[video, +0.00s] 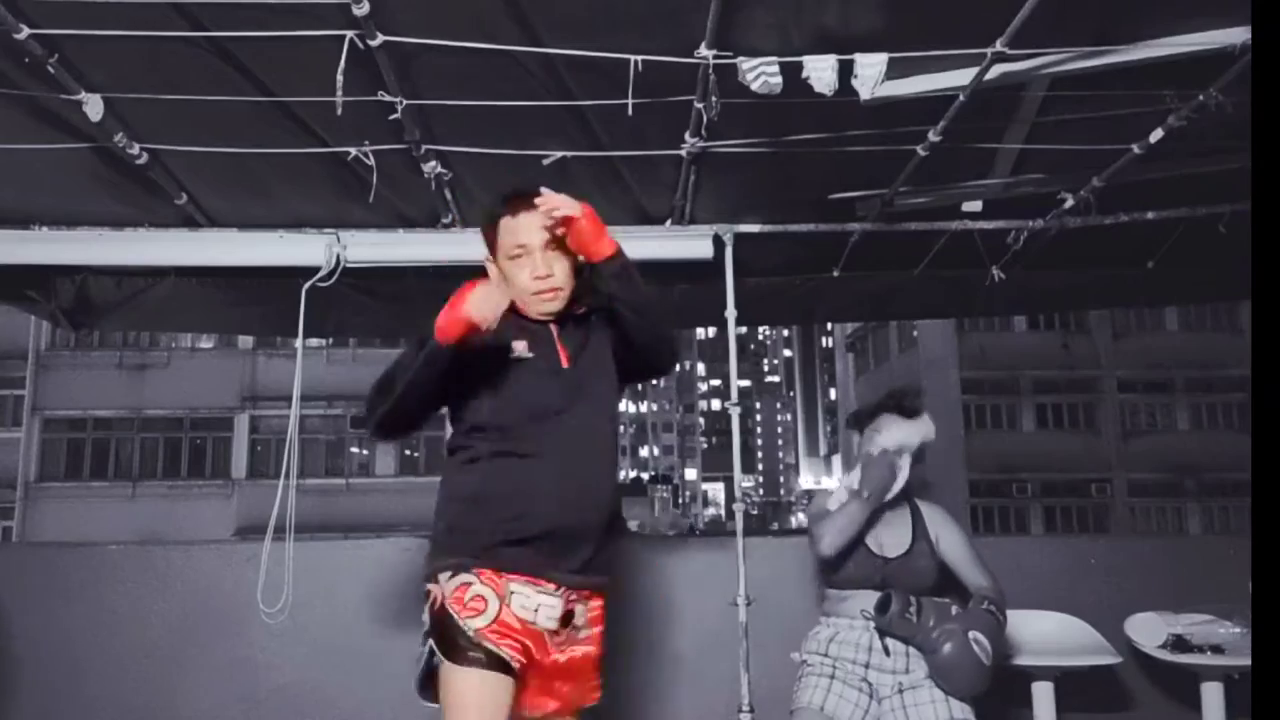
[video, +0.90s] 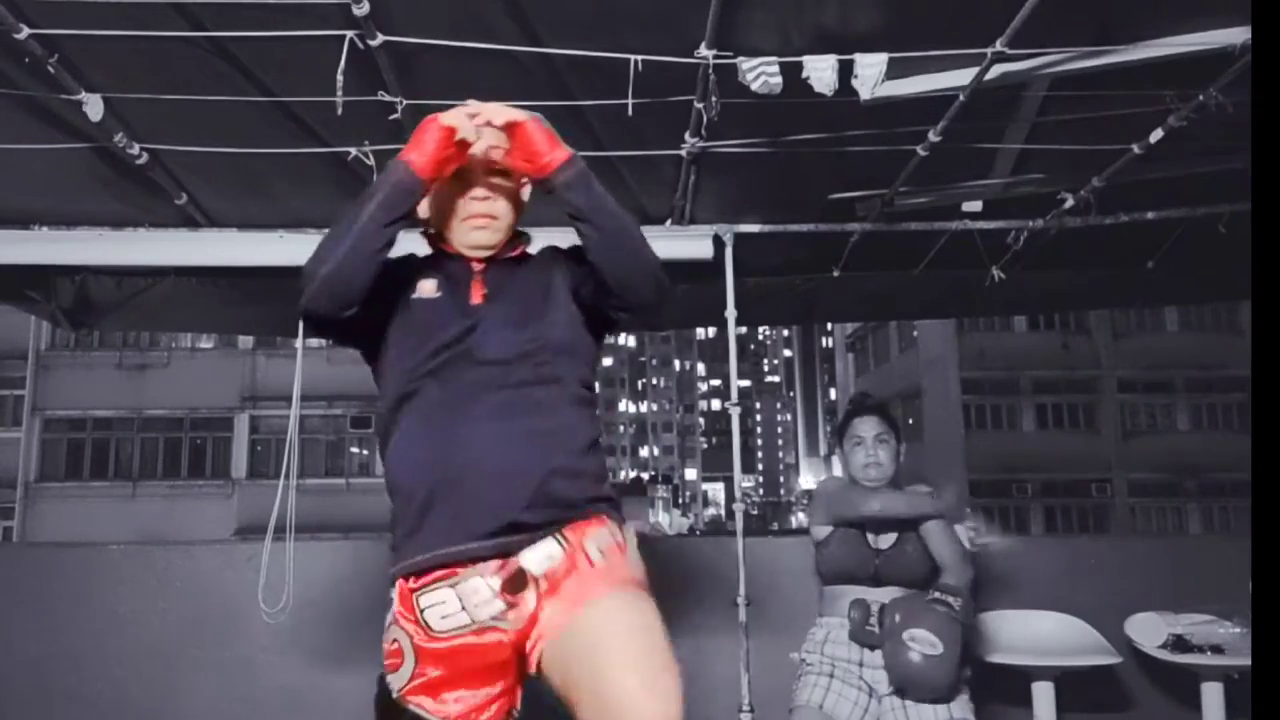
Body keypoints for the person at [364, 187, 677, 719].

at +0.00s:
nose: (542, 269)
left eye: (554, 248)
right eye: (520, 255)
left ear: (577, 255)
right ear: (494, 269)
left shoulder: (603, 335)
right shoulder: (475, 337)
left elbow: (661, 352)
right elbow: (384, 421)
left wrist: (605, 254)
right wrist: (447, 333)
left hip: (580, 589)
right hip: (485, 578)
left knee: (556, 711)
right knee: (476, 711)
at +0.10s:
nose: (512, 275)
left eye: (526, 258)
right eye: (491, 260)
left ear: (553, 264)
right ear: (469, 273)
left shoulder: (590, 333)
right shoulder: (446, 340)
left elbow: (639, 353)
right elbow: (360, 396)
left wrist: (569, 245)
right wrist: (425, 281)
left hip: (573, 605)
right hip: (466, 600)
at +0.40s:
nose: (432, 261)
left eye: (449, 240)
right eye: (411, 245)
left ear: (479, 247)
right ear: (387, 261)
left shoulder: (518, 299)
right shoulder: (378, 346)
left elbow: (608, 304)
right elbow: (296, 349)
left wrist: (531, 180)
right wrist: (360, 235)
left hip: (557, 505)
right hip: (466, 573)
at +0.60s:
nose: (415, 239)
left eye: (435, 218)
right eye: (394, 226)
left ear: (470, 235)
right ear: (376, 250)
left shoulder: (521, 287)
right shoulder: (370, 345)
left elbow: (589, 280)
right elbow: (286, 338)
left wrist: (500, 160)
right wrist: (341, 216)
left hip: (558, 518)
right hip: (451, 566)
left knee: (541, 441)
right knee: (441, 706)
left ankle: (528, 712)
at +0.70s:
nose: (429, 218)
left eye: (448, 199)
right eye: (408, 203)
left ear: (479, 221)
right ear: (387, 230)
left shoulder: (532, 275)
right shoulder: (370, 322)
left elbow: (597, 269)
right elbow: (283, 327)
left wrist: (506, 151)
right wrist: (344, 200)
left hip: (546, 528)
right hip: (438, 572)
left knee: (606, 484)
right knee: (429, 706)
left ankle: (548, 713)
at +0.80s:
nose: (456, 204)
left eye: (475, 190)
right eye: (437, 189)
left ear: (500, 207)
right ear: (406, 208)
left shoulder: (547, 270)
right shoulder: (378, 309)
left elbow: (623, 274)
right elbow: (295, 313)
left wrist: (532, 155)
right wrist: (380, 182)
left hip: (559, 526)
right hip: (438, 577)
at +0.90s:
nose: (480, 194)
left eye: (499, 180)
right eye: (461, 180)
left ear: (522, 199)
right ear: (427, 202)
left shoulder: (566, 275)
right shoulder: (392, 289)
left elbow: (647, 292)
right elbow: (321, 300)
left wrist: (560, 167)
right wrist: (411, 171)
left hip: (577, 554)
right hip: (439, 581)